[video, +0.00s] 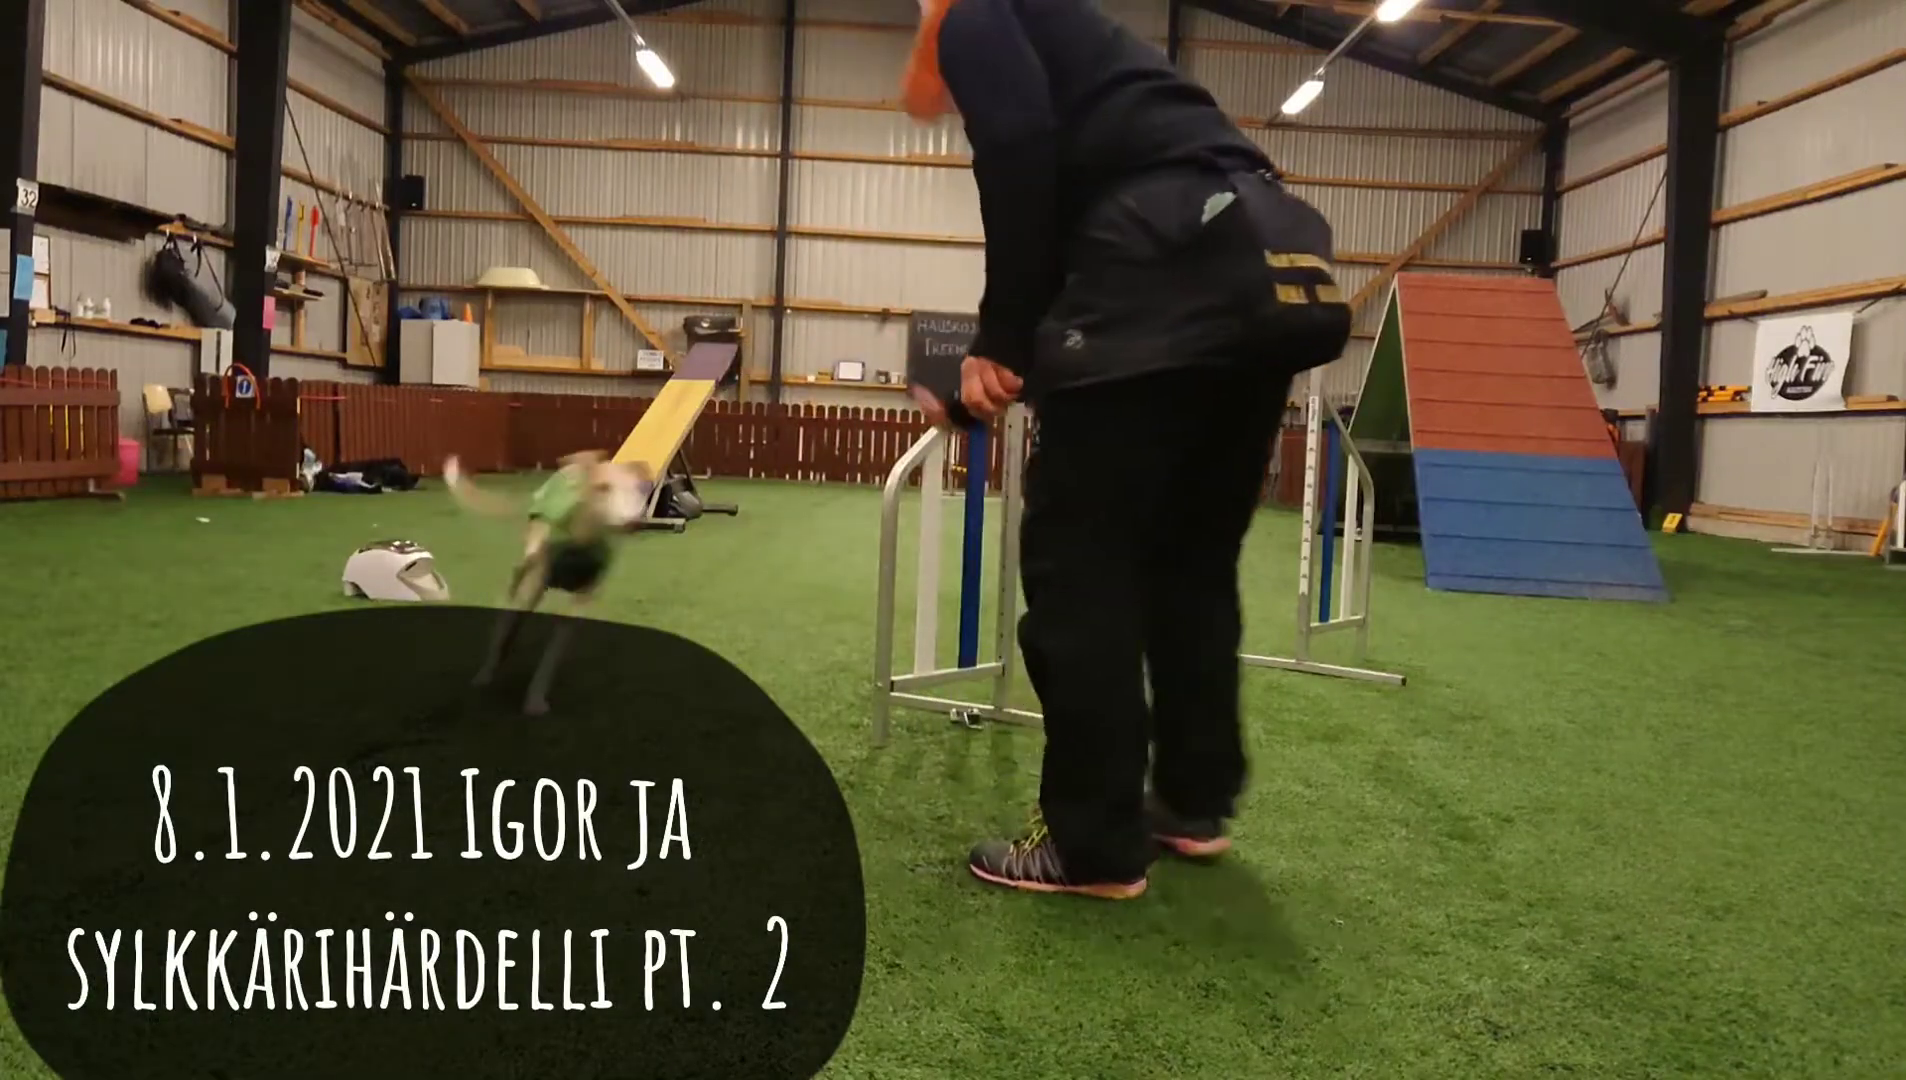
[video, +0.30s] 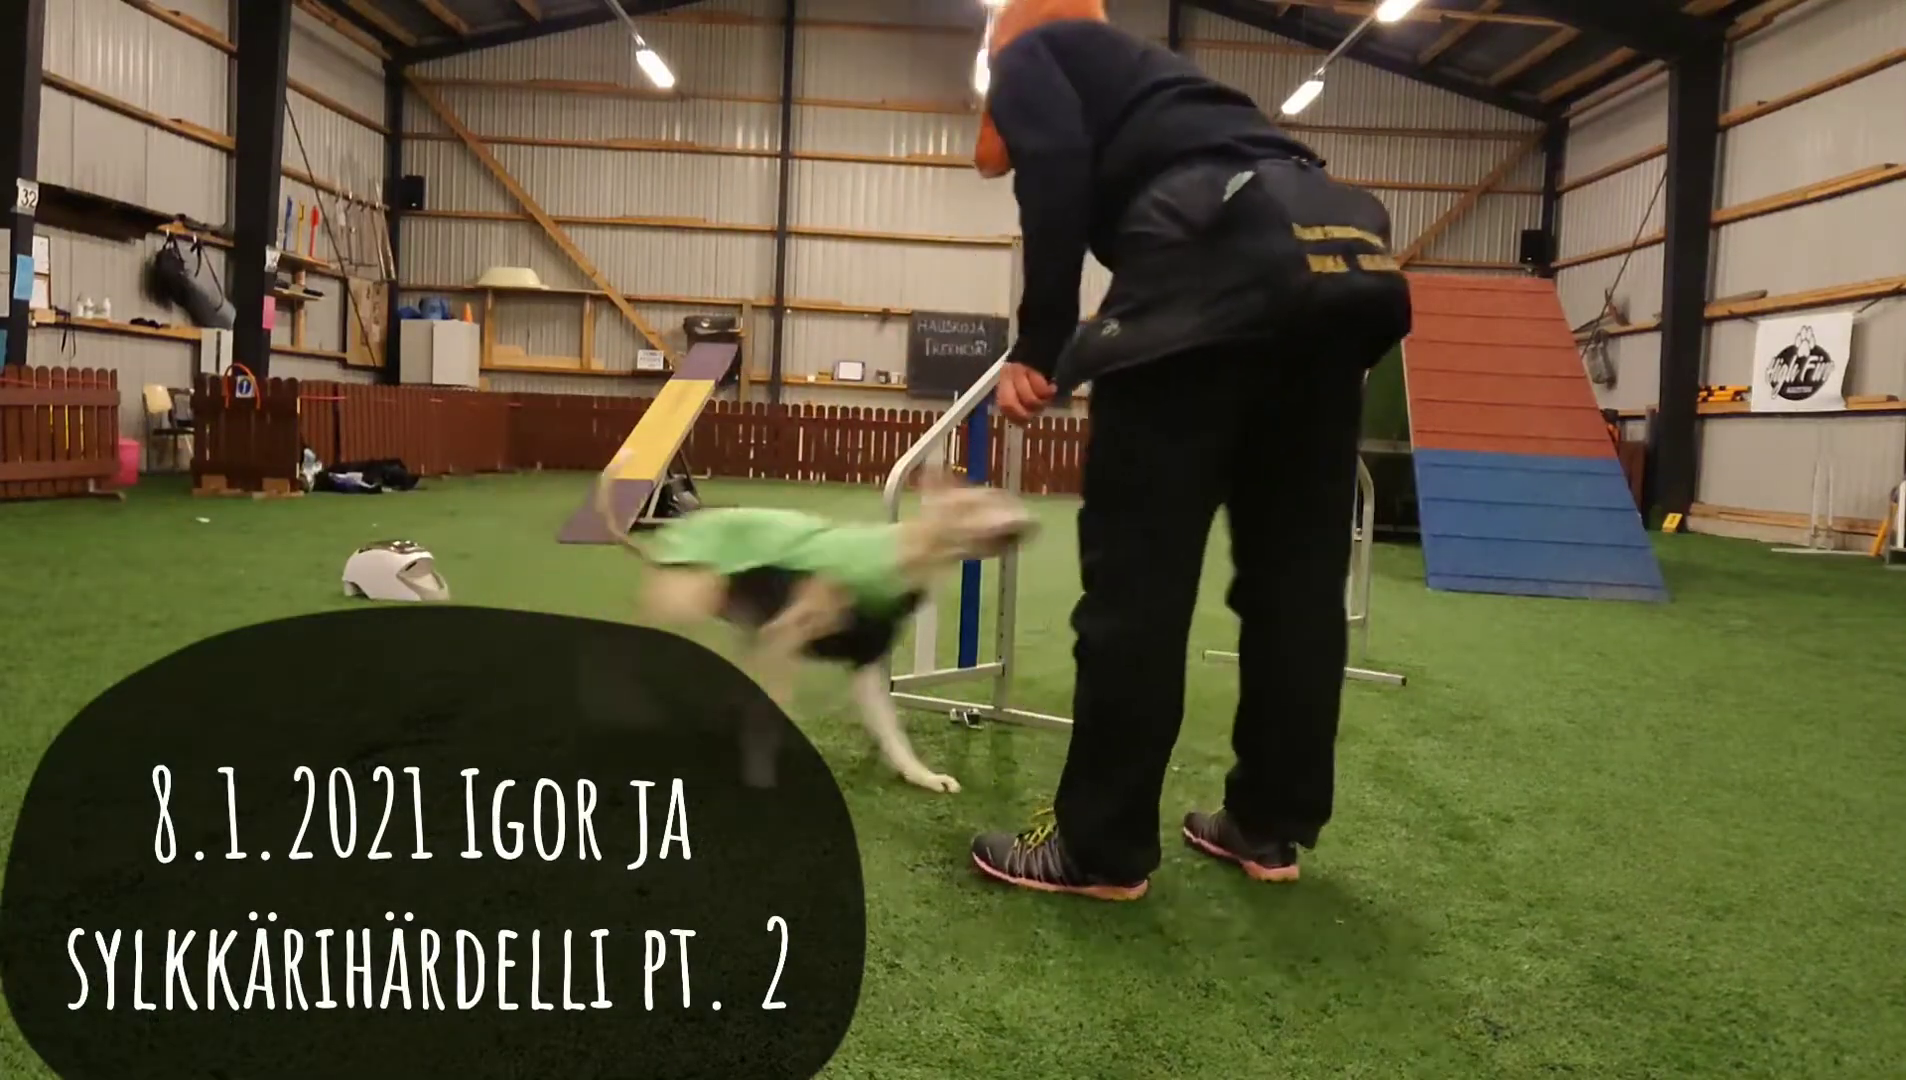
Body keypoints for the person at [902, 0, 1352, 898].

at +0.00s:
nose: (933, 97)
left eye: (931, 58)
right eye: (927, 82)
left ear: (942, 12)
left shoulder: (973, 17)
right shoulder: (1092, 40)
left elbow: (1020, 148)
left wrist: (1002, 339)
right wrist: (980, 374)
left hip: (1146, 302)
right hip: (1260, 291)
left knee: (1075, 569)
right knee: (1194, 557)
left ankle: (1094, 846)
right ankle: (1195, 807)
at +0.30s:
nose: (993, 143)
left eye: (990, 109)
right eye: (989, 127)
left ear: (1015, 36)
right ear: (1089, 27)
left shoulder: (1028, 51)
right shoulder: (1166, 81)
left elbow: (1056, 163)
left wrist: (1037, 349)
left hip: (1198, 297)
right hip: (1334, 296)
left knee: (1135, 588)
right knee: (1293, 581)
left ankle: (1104, 847)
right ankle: (1271, 828)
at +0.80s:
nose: (1031, 43)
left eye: (1033, 34)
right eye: (1036, 35)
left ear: (1057, 31)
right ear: (1128, 34)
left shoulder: (1051, 66)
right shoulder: (1179, 85)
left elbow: (1051, 191)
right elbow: (1221, 240)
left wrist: (1009, 346)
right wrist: (1189, 420)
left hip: (1158, 304)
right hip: (1281, 311)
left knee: (1062, 557)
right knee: (1264, 574)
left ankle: (997, 792)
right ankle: (1270, 826)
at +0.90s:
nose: (1013, 46)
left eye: (1017, 36)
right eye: (1019, 40)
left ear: (1040, 30)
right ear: (1115, 36)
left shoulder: (1031, 69)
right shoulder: (1162, 90)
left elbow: (1017, 193)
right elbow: (1198, 224)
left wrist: (971, 350)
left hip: (1112, 322)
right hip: (1240, 327)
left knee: (1020, 556)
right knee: (1245, 582)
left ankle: (937, 757)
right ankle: (1269, 821)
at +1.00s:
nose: (994, 32)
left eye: (997, 25)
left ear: (1013, 27)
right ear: (1090, 33)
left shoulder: (990, 76)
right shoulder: (1132, 88)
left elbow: (971, 202)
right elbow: (1155, 218)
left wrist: (923, 354)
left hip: (1061, 337)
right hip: (1188, 336)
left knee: (976, 549)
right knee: (1209, 568)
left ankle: (898, 737)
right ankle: (1261, 808)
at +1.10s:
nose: (952, 37)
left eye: (957, 28)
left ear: (969, 30)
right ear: (1046, 37)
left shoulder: (943, 83)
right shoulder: (1085, 93)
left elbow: (912, 210)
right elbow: (1096, 214)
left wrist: (864, 358)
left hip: (996, 336)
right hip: (1119, 330)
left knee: (930, 546)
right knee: (1161, 550)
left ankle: (881, 746)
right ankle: (1244, 777)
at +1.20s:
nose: (908, 34)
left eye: (911, 25)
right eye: (1019, 34)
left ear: (926, 27)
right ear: (1005, 36)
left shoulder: (897, 77)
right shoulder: (1040, 94)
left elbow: (856, 211)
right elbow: (1045, 217)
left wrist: (806, 352)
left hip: (938, 324)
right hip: (1063, 326)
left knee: (885, 533)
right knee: (1075, 540)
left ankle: (873, 745)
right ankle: (1183, 709)